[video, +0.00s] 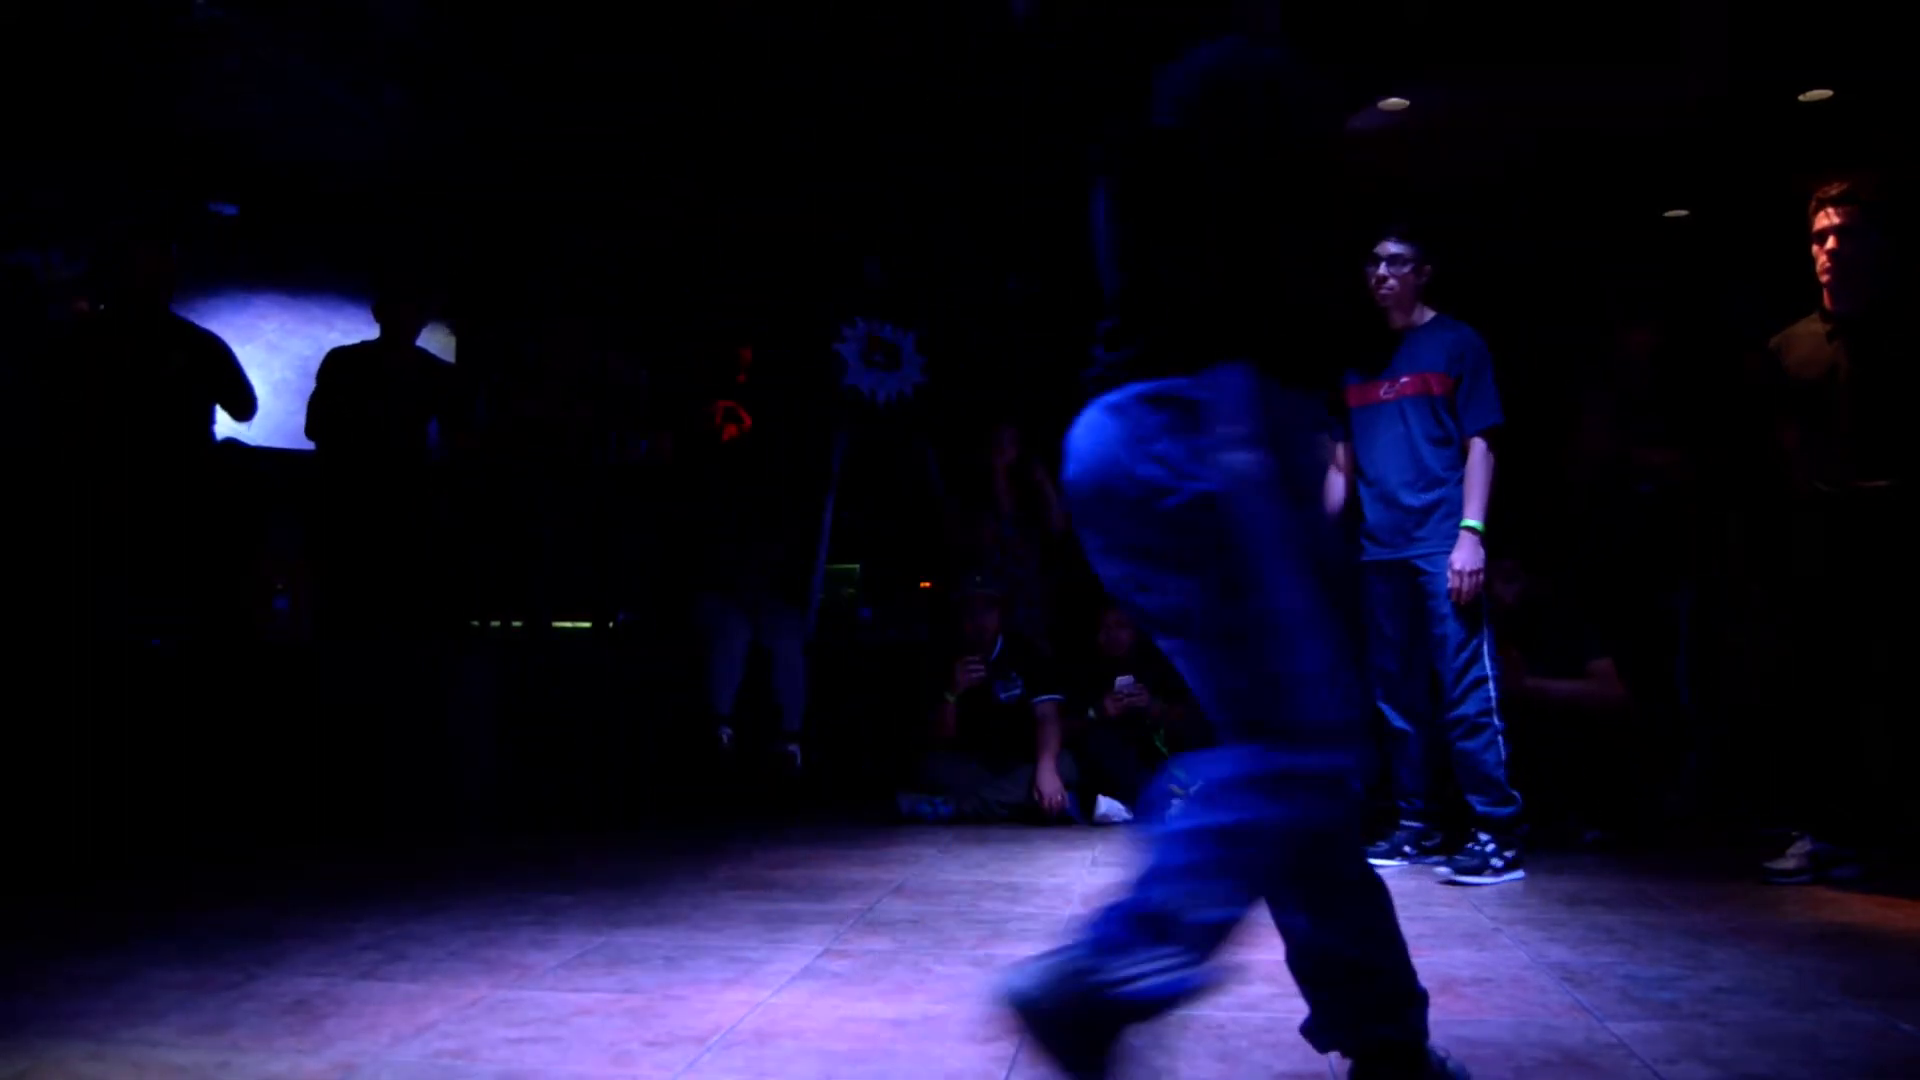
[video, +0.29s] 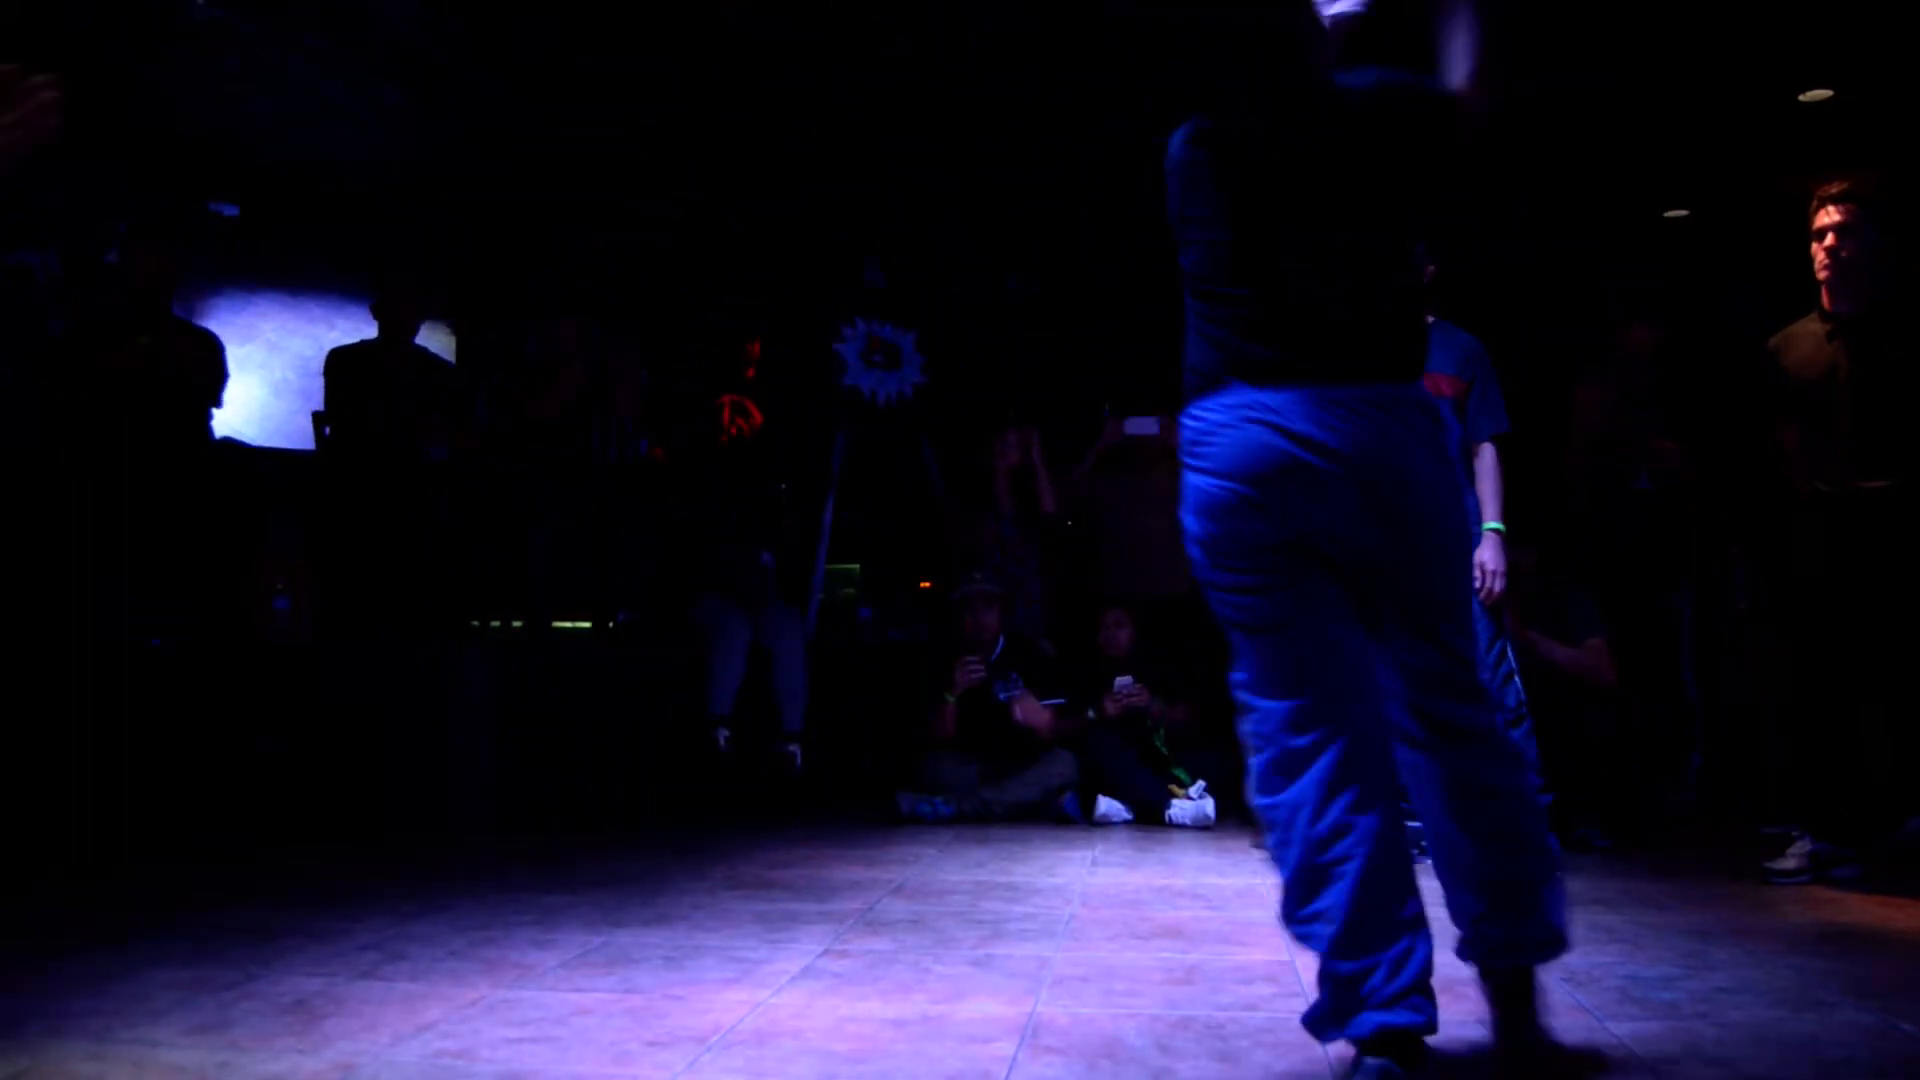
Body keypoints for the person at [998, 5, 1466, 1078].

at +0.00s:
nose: (1399, 277)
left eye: (1408, 259)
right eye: (1389, 259)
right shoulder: (1262, 104)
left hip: (1134, 433)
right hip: (1195, 436)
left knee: (1282, 754)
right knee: (1314, 747)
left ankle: (1384, 1039)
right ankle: (1091, 984)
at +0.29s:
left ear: (1230, 59)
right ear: (1327, 47)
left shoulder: (1196, 148)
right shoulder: (1396, 117)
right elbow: (1466, 251)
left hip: (1232, 429)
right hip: (1384, 420)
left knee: (1301, 721)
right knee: (1455, 698)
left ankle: (1379, 1019)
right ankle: (1513, 981)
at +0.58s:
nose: (1248, 132)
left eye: (1250, 118)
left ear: (1265, 129)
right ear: (1380, 109)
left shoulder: (1243, 203)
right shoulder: (1429, 190)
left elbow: (1105, 233)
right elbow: (1518, 204)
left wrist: (1136, 207)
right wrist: (1527, 164)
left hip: (1293, 470)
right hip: (1427, 460)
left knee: (1292, 702)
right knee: (1437, 705)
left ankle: (1383, 895)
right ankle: (1462, 955)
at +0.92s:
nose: (1150, 204)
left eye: (1156, 186)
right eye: (1154, 185)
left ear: (1178, 186)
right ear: (1254, 175)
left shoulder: (1170, 274)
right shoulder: (1324, 265)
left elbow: (1106, 385)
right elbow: (1379, 385)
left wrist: (1003, 494)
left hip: (1219, 508)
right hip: (1330, 498)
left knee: (1191, 709)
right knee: (1371, 703)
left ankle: (1184, 899)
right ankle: (1460, 939)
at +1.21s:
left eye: (1020, 189)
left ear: (1035, 201)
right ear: (1106, 198)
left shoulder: (1032, 284)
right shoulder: (1133, 283)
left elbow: (901, 353)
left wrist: (810, 286)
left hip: (1081, 500)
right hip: (1157, 490)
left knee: (1092, 691)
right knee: (1116, 672)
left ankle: (1171, 894)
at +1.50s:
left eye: (861, 220)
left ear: (864, 231)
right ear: (929, 235)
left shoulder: (863, 317)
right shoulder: (928, 320)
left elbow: (748, 386)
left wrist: (746, 336)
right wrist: (768, 350)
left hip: (905, 525)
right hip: (938, 516)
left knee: (947, 698)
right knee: (837, 698)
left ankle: (1102, 842)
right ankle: (805, 873)